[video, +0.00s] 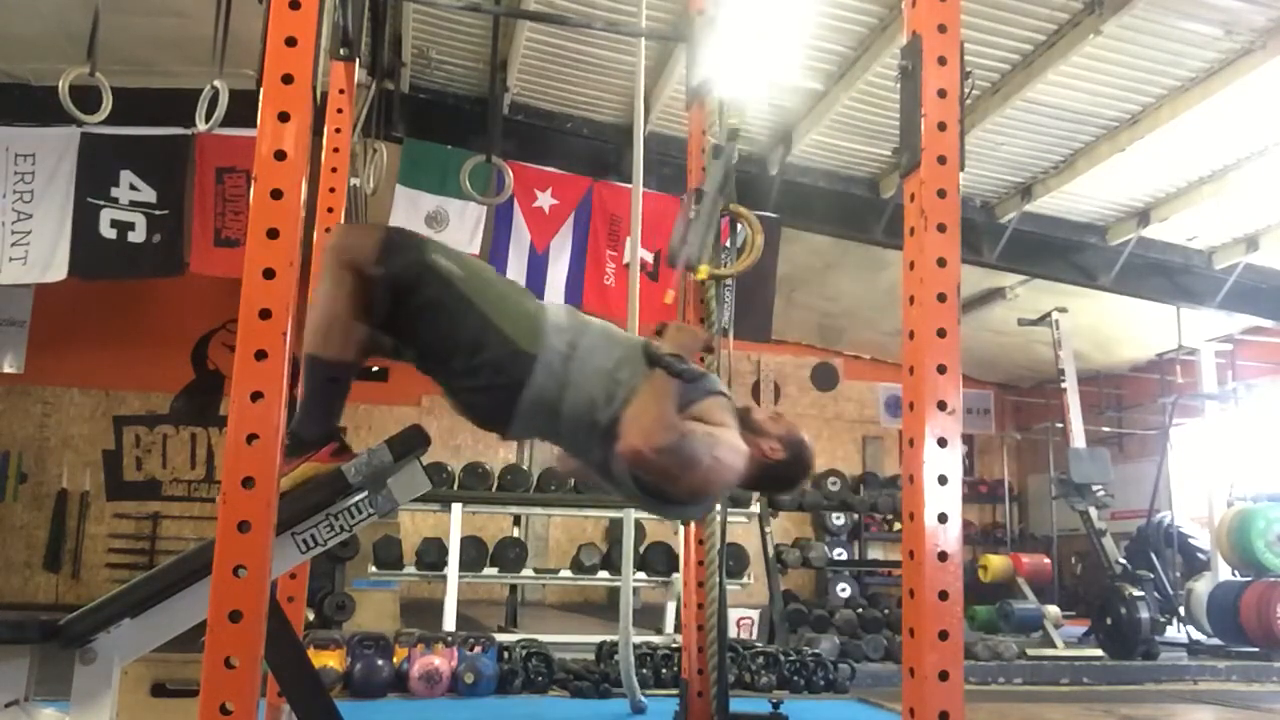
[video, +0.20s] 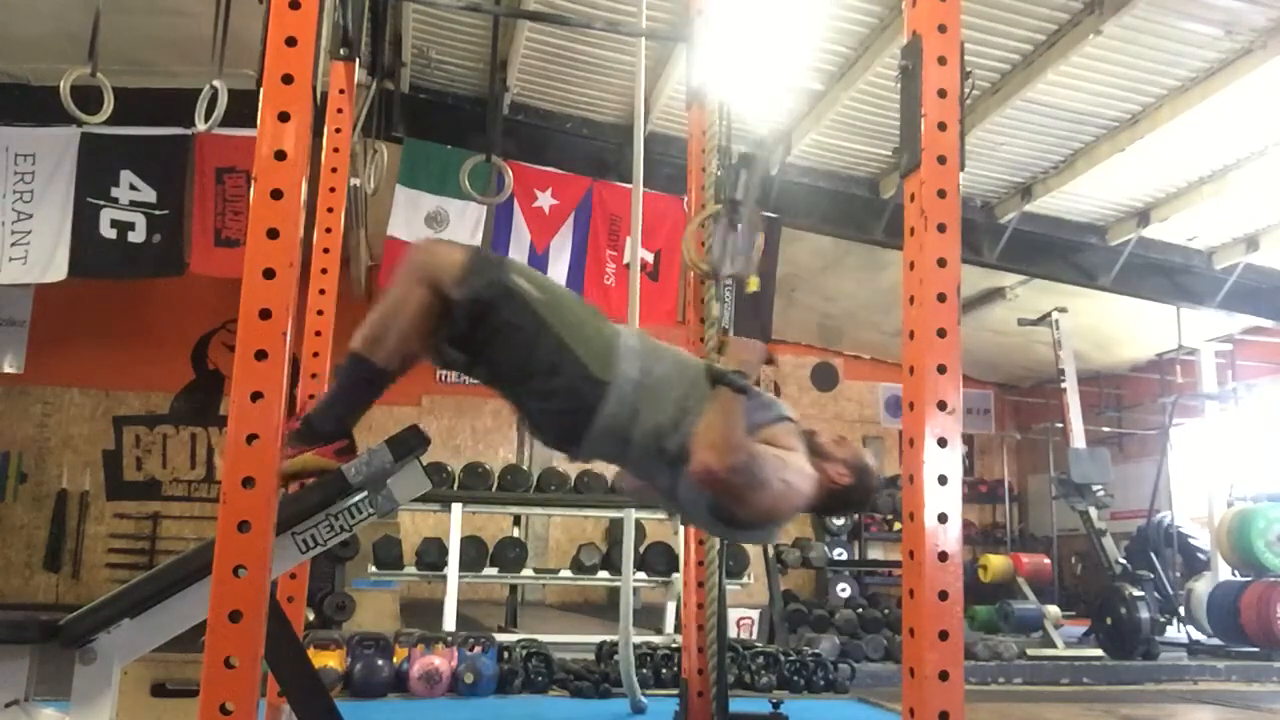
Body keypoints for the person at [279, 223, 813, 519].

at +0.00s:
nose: (768, 408)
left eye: (776, 423)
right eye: (778, 412)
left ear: (768, 452)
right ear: (766, 442)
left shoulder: (725, 457)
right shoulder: (712, 433)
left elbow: (642, 445)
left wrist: (672, 361)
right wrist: (671, 351)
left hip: (523, 362)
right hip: (522, 369)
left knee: (352, 244)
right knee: (370, 296)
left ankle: (314, 420)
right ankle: (300, 413)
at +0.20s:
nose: (843, 443)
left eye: (852, 458)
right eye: (852, 445)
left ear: (840, 484)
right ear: (835, 447)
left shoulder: (791, 484)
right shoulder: (779, 437)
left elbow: (719, 463)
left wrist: (734, 386)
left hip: (601, 388)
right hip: (603, 359)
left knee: (440, 263)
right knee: (436, 283)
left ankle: (321, 428)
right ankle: (324, 420)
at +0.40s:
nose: (901, 435)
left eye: (915, 447)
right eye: (909, 441)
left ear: (913, 492)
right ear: (911, 453)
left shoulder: (869, 511)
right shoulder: (855, 452)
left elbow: (800, 475)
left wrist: (806, 389)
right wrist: (802, 378)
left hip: (672, 427)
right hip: (677, 388)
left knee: (517, 296)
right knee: (511, 296)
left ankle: (355, 414)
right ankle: (362, 403)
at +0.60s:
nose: (961, 496)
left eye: (969, 510)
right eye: (970, 495)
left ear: (949, 540)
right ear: (952, 491)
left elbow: (859, 489)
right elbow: (856, 441)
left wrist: (873, 408)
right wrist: (864, 394)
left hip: (732, 437)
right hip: (720, 435)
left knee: (574, 333)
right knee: (554, 370)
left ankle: (383, 408)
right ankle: (390, 414)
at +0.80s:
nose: (997, 502)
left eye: (1009, 517)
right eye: (1006, 499)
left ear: (999, 554)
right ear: (989, 498)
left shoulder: (952, 556)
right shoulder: (943, 497)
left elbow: (900, 496)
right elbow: (876, 448)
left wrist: (934, 433)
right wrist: (905, 411)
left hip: (772, 485)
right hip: (767, 446)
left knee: (598, 396)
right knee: (596, 383)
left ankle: (404, 415)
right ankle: (414, 416)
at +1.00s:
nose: (1012, 550)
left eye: (1021, 567)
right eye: (1021, 549)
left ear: (1009, 594)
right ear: (1004, 538)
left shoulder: (968, 577)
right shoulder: (948, 549)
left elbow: (900, 505)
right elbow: (861, 490)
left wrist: (903, 422)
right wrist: (844, 422)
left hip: (778, 517)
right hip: (771, 496)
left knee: (613, 434)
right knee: (602, 431)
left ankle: (408, 418)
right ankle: (416, 424)